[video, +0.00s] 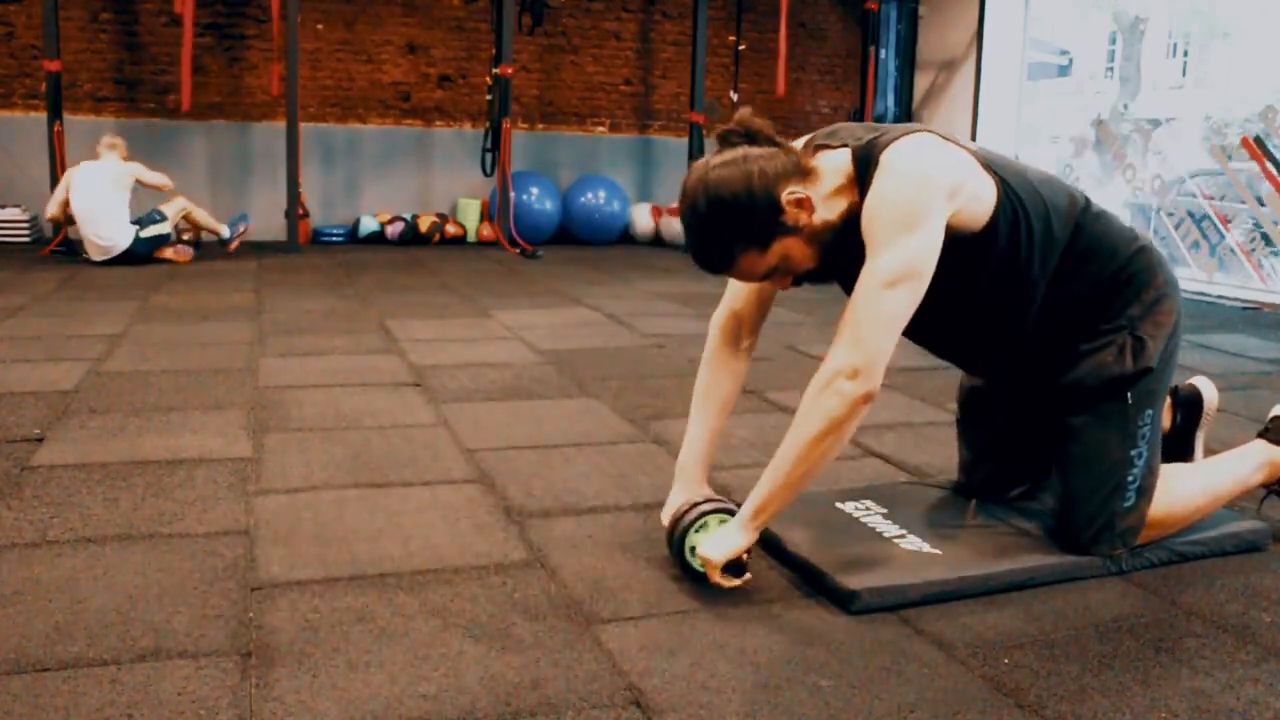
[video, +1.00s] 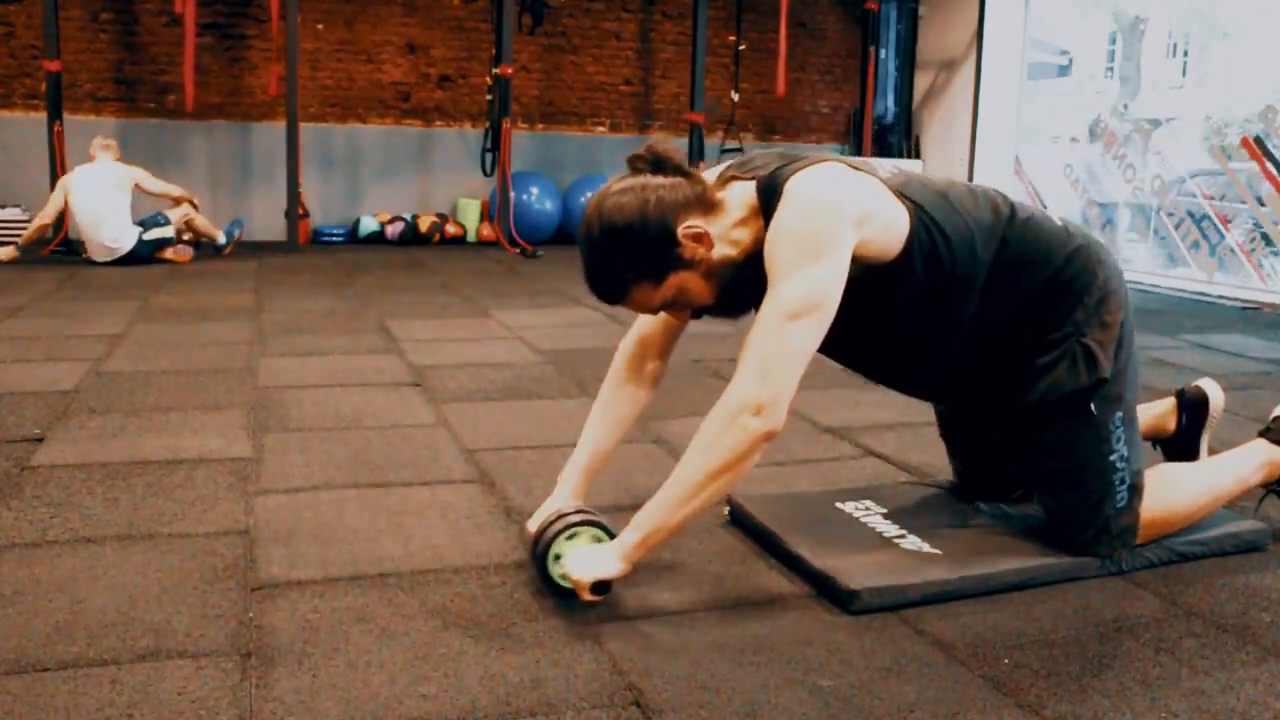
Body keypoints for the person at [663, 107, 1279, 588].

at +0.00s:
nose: (782, 286)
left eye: (777, 271)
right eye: (763, 280)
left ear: (796, 207)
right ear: (786, 197)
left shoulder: (911, 177)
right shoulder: (786, 183)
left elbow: (852, 377)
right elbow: (731, 334)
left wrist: (747, 521)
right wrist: (689, 478)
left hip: (1115, 311)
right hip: (1014, 330)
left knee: (1101, 527)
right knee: (991, 481)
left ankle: (1267, 458)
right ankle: (1169, 416)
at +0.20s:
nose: (784, 272)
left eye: (781, 254)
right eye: (769, 265)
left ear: (802, 193)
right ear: (796, 183)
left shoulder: (915, 170)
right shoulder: (805, 180)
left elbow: (859, 372)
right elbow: (747, 327)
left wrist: (770, 522)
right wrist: (708, 476)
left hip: (1119, 312)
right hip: (1017, 331)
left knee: (1096, 528)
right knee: (994, 486)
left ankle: (1268, 457)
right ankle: (1174, 422)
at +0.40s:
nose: (765, 271)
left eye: (761, 253)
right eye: (750, 264)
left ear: (784, 193)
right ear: (776, 184)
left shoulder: (903, 172)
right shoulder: (791, 184)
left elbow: (867, 374)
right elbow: (747, 331)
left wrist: (779, 527)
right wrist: (715, 480)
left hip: (1110, 309)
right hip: (1010, 329)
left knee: (1097, 526)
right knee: (992, 481)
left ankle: (1268, 457)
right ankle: (1173, 416)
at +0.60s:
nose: (743, 277)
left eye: (739, 261)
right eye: (729, 270)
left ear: (763, 200)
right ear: (756, 195)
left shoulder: (886, 178)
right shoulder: (775, 192)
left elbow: (855, 381)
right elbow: (730, 334)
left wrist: (759, 531)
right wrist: (694, 480)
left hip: (1100, 303)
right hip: (1004, 324)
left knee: (1095, 523)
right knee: (993, 478)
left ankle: (1266, 459)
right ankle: (1169, 419)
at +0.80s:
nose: (714, 288)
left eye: (710, 273)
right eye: (699, 282)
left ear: (737, 212)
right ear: (730, 206)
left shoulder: (860, 187)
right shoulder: (750, 194)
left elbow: (816, 393)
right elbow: (695, 341)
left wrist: (706, 537)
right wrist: (641, 484)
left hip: (1083, 305)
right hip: (989, 327)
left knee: (1101, 523)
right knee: (992, 485)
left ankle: (1266, 458)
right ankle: (1172, 417)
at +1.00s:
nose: (676, 317)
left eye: (673, 303)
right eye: (661, 310)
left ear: (697, 242)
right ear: (692, 235)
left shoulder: (815, 207)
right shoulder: (701, 217)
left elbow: (753, 415)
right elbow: (639, 363)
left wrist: (625, 549)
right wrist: (568, 495)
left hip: (1058, 300)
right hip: (967, 335)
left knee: (1097, 527)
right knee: (999, 483)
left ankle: (1269, 455)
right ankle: (1176, 415)